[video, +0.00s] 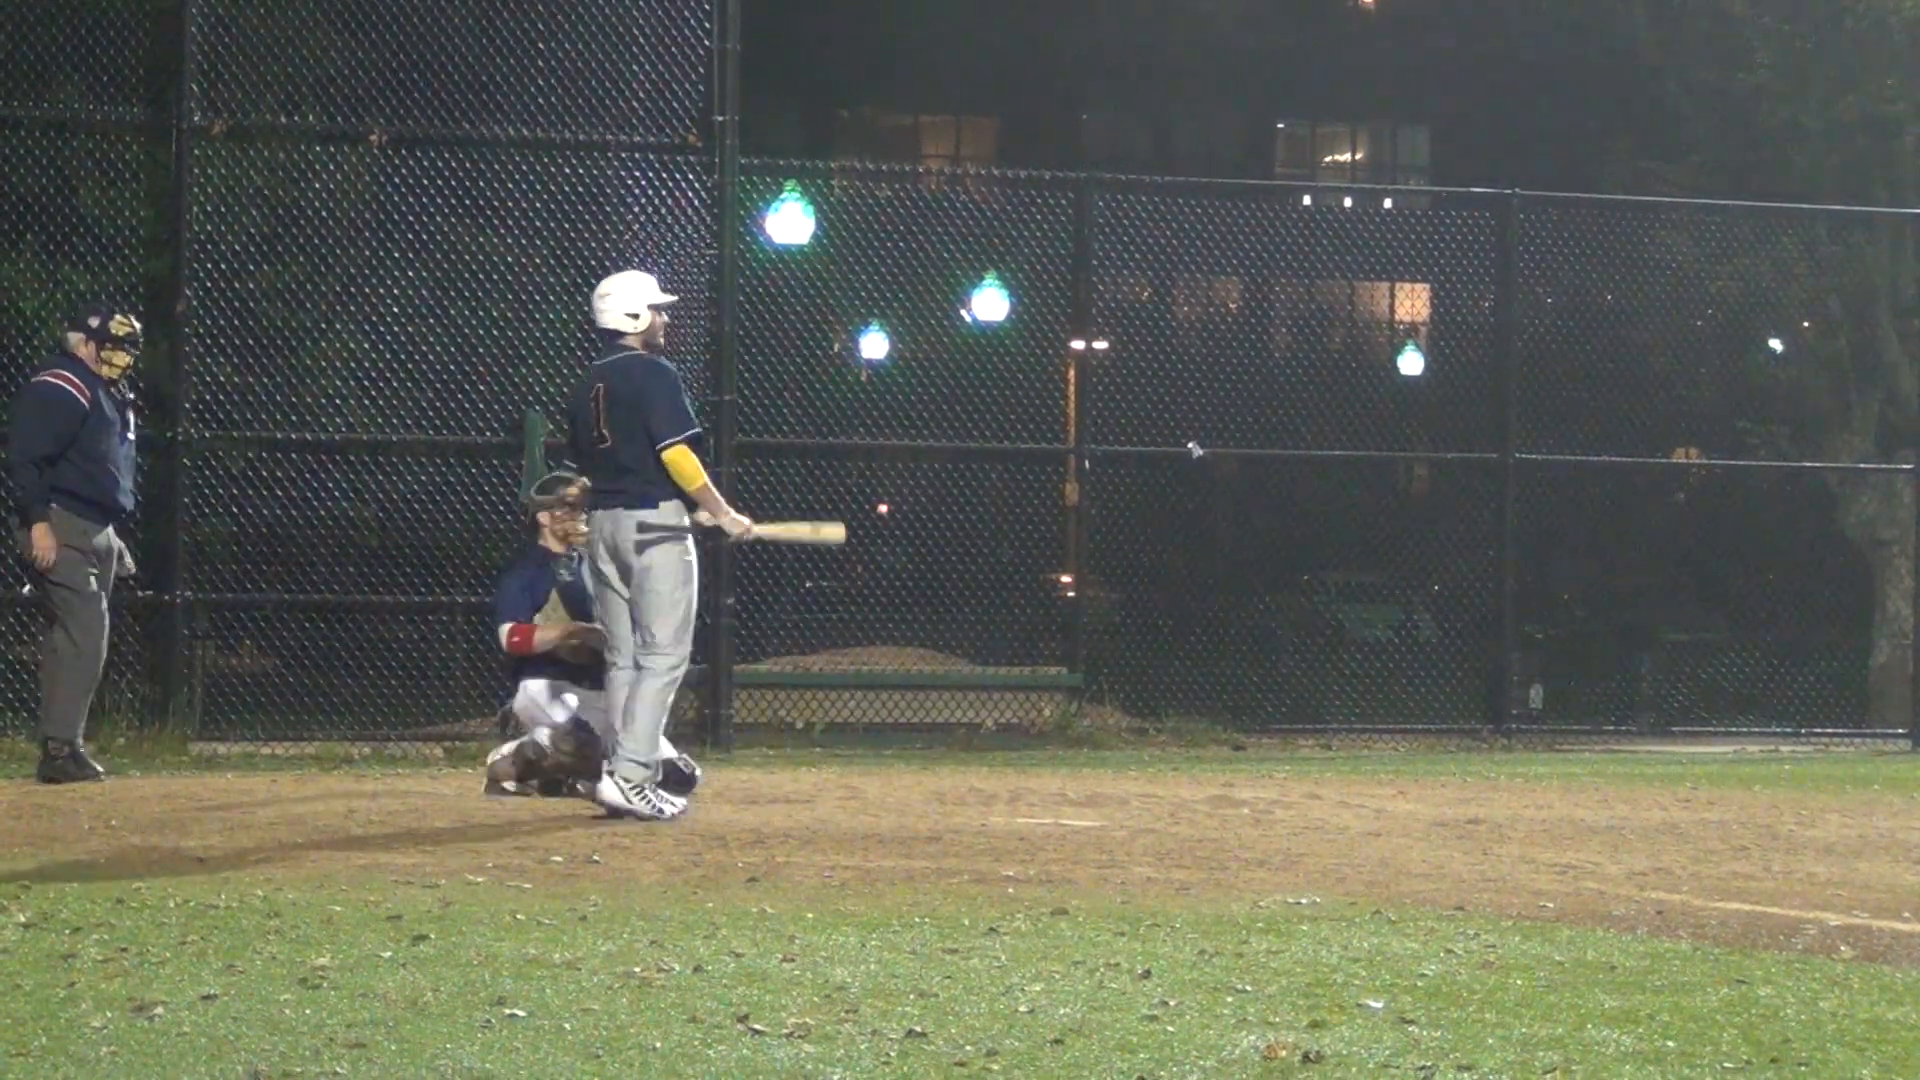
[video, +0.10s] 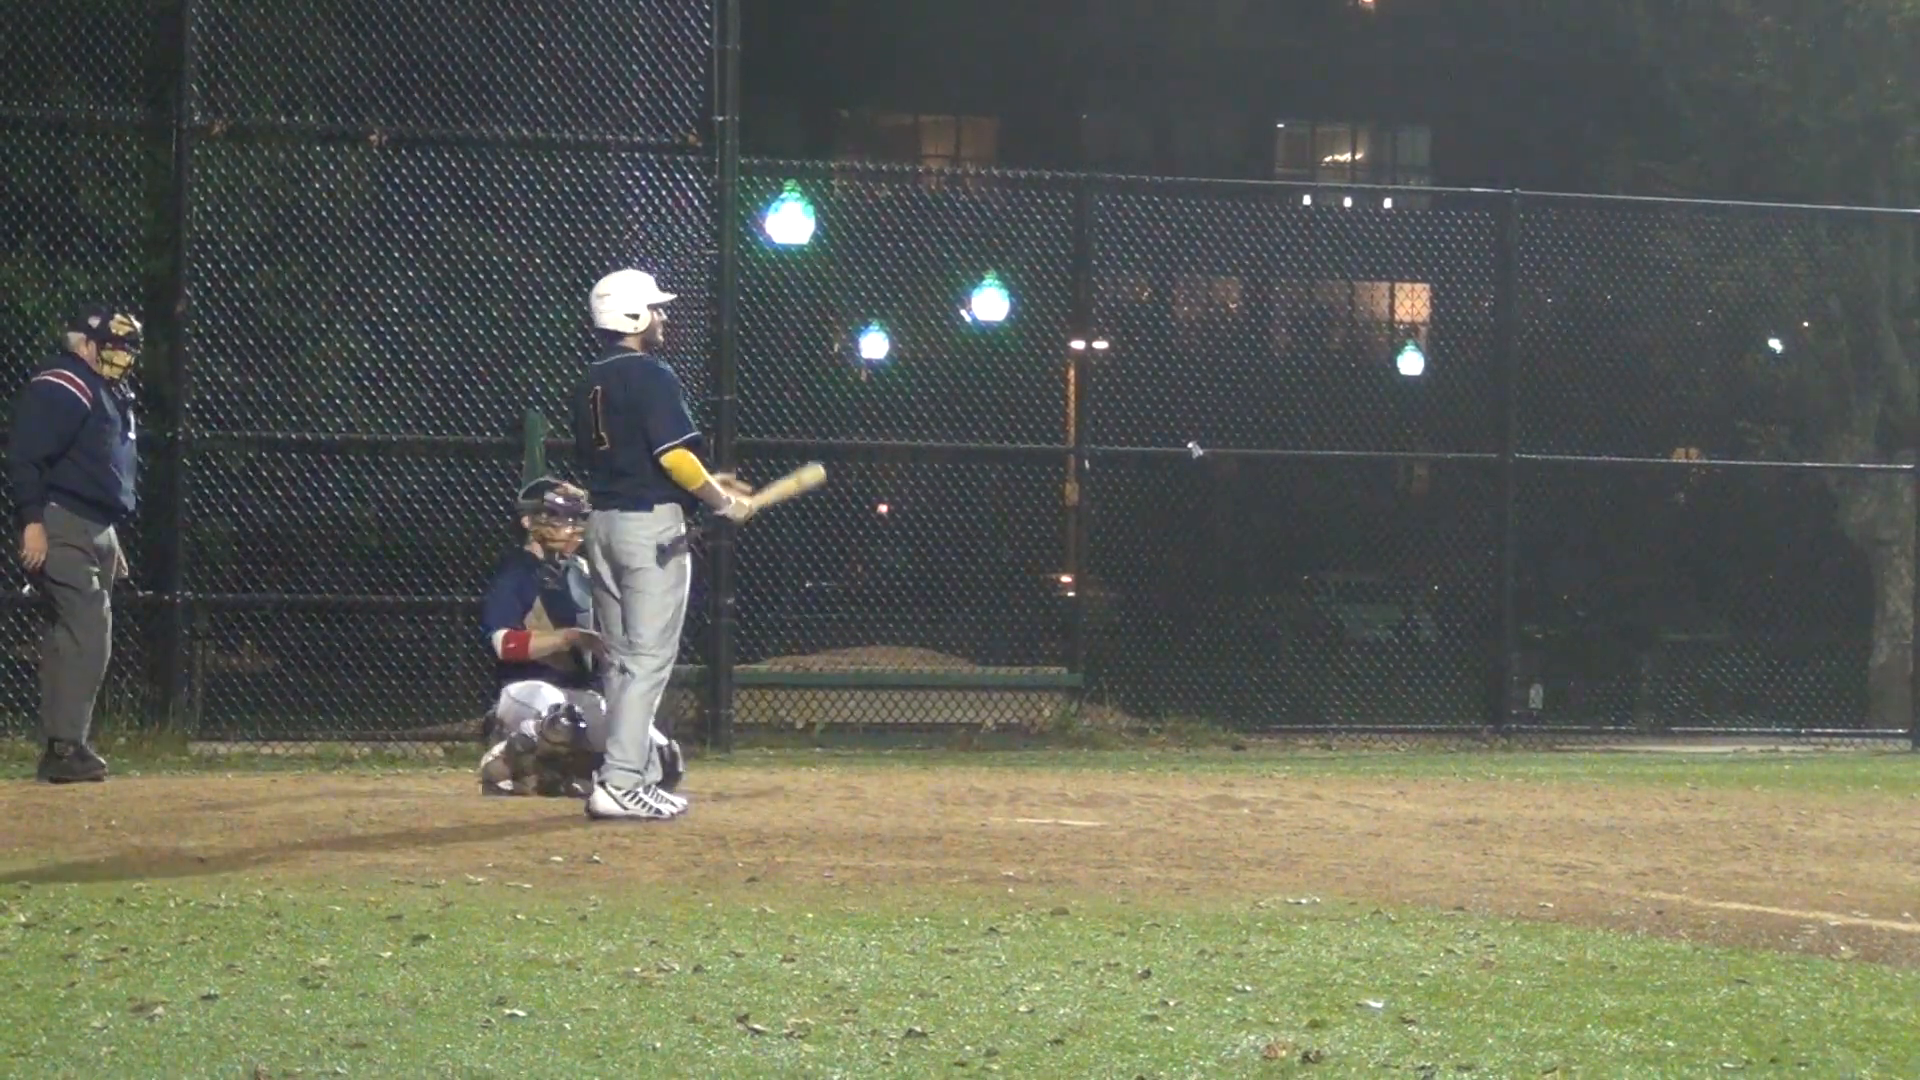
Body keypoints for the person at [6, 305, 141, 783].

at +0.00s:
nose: (121, 356)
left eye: (125, 348)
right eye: (113, 346)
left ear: (125, 351)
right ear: (86, 344)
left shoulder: (110, 393)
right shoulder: (62, 386)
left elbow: (105, 472)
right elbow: (24, 456)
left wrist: (113, 536)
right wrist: (37, 522)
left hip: (98, 531)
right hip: (65, 527)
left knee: (82, 636)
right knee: (82, 635)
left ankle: (64, 744)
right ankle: (60, 747)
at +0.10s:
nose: (121, 355)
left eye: (126, 347)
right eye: (113, 346)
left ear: (128, 351)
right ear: (86, 344)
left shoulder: (112, 393)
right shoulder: (62, 385)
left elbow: (106, 472)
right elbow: (24, 455)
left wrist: (110, 538)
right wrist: (31, 520)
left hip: (96, 530)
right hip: (64, 526)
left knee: (77, 636)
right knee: (87, 635)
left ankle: (63, 744)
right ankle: (64, 747)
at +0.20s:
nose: (121, 355)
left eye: (126, 347)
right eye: (113, 346)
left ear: (126, 350)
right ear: (87, 344)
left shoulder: (111, 391)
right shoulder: (62, 386)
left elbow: (111, 461)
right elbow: (25, 455)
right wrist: (29, 520)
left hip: (102, 528)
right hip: (69, 525)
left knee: (81, 636)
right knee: (82, 636)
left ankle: (61, 745)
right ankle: (70, 747)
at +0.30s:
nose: (120, 353)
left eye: (125, 345)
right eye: (111, 344)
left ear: (127, 348)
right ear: (85, 343)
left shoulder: (114, 391)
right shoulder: (62, 387)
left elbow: (116, 459)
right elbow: (24, 457)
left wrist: (114, 519)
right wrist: (37, 521)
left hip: (106, 528)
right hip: (70, 525)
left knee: (81, 635)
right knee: (83, 635)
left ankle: (62, 745)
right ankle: (72, 747)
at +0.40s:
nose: (117, 354)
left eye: (122, 346)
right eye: (108, 344)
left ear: (126, 347)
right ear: (82, 343)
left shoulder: (113, 390)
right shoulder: (59, 388)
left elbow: (111, 459)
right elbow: (25, 462)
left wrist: (117, 513)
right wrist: (65, 508)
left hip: (106, 527)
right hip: (60, 526)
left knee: (86, 632)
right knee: (84, 632)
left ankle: (63, 745)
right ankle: (70, 748)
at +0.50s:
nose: (113, 354)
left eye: (119, 346)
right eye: (105, 345)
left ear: (123, 348)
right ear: (80, 343)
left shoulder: (116, 390)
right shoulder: (57, 386)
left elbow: (123, 449)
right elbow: (36, 457)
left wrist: (129, 475)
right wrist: (99, 470)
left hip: (106, 525)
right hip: (65, 521)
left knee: (96, 635)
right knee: (78, 635)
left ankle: (69, 744)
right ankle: (69, 748)